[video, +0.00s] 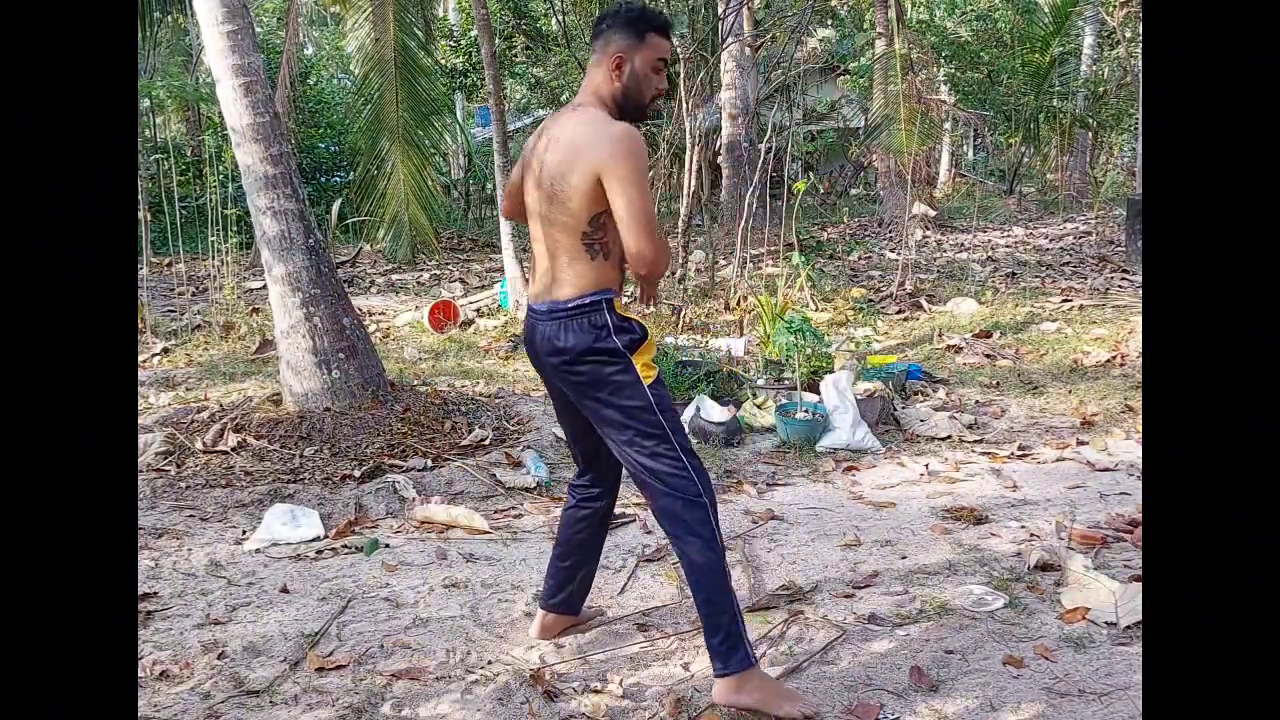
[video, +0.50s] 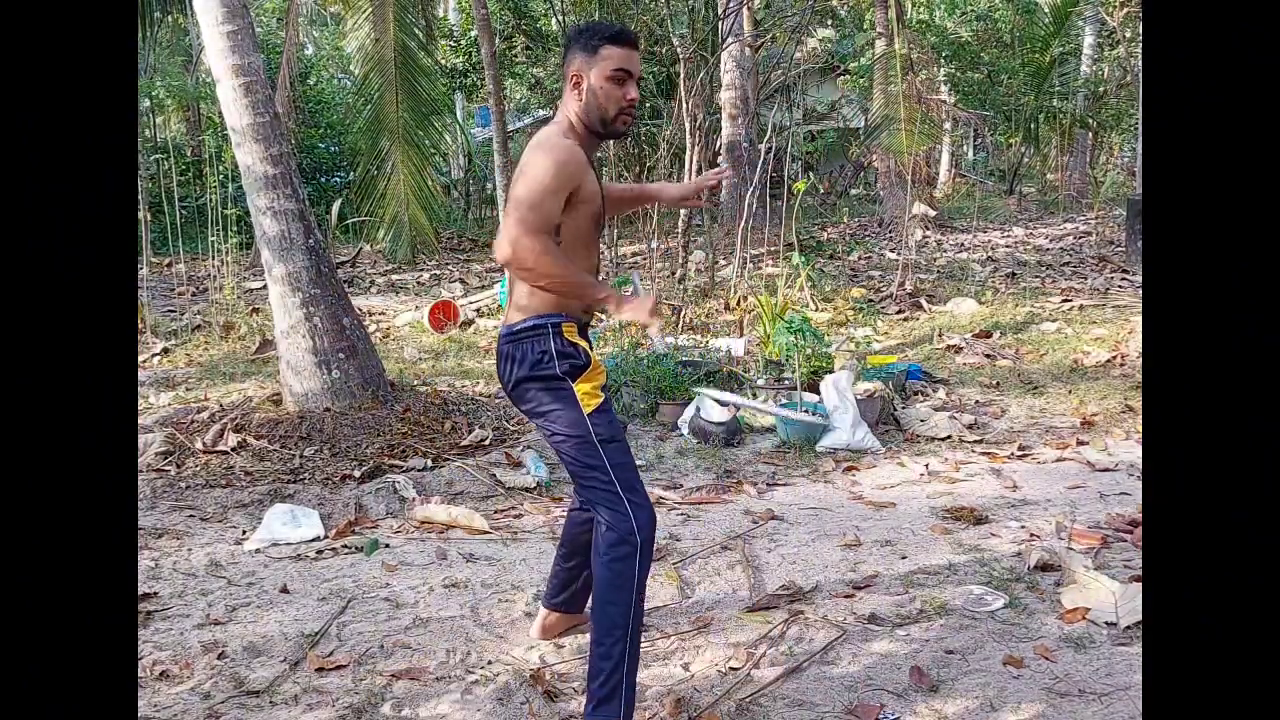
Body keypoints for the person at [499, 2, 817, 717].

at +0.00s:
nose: (664, 86)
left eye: (667, 70)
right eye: (659, 69)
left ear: (607, 66)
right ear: (615, 62)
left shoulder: (549, 128)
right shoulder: (615, 139)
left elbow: (511, 206)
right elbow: (645, 264)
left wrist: (579, 213)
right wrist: (651, 255)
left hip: (546, 331)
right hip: (595, 333)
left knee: (596, 474)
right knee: (685, 490)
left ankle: (558, 608)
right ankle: (737, 672)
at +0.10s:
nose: (643, 84)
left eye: (647, 70)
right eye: (637, 67)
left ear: (587, 65)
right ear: (593, 60)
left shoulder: (532, 129)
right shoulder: (593, 130)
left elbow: (490, 207)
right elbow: (621, 258)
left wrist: (562, 224)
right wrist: (618, 275)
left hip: (533, 326)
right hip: (576, 324)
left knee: (590, 470)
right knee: (669, 477)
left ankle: (558, 608)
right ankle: (663, 667)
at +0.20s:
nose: (629, 82)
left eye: (634, 70)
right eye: (619, 66)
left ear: (576, 73)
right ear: (574, 65)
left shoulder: (530, 137)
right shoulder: (582, 134)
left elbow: (496, 251)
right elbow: (600, 260)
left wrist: (580, 231)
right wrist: (615, 237)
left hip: (525, 326)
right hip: (564, 324)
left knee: (593, 474)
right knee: (647, 482)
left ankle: (559, 607)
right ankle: (613, 673)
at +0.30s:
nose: (625, 87)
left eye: (631, 75)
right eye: (614, 71)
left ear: (582, 78)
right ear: (571, 69)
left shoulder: (534, 138)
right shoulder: (578, 143)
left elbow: (504, 253)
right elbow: (599, 267)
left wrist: (599, 238)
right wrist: (635, 243)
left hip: (524, 330)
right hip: (557, 331)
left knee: (595, 474)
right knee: (626, 492)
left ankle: (562, 606)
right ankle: (601, 695)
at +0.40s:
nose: (626, 95)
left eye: (630, 83)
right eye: (614, 80)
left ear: (615, 86)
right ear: (572, 80)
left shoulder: (565, 145)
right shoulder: (563, 156)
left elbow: (593, 220)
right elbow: (581, 269)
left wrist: (664, 228)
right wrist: (677, 259)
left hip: (547, 340)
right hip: (546, 347)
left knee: (600, 483)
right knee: (616, 517)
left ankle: (563, 604)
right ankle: (606, 709)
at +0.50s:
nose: (633, 94)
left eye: (637, 82)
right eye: (620, 79)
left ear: (623, 86)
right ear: (575, 81)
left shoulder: (573, 151)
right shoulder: (555, 154)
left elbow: (594, 204)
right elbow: (519, 249)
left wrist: (674, 193)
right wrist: (611, 299)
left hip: (548, 343)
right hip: (547, 349)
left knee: (597, 488)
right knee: (627, 519)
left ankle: (562, 608)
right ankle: (608, 710)